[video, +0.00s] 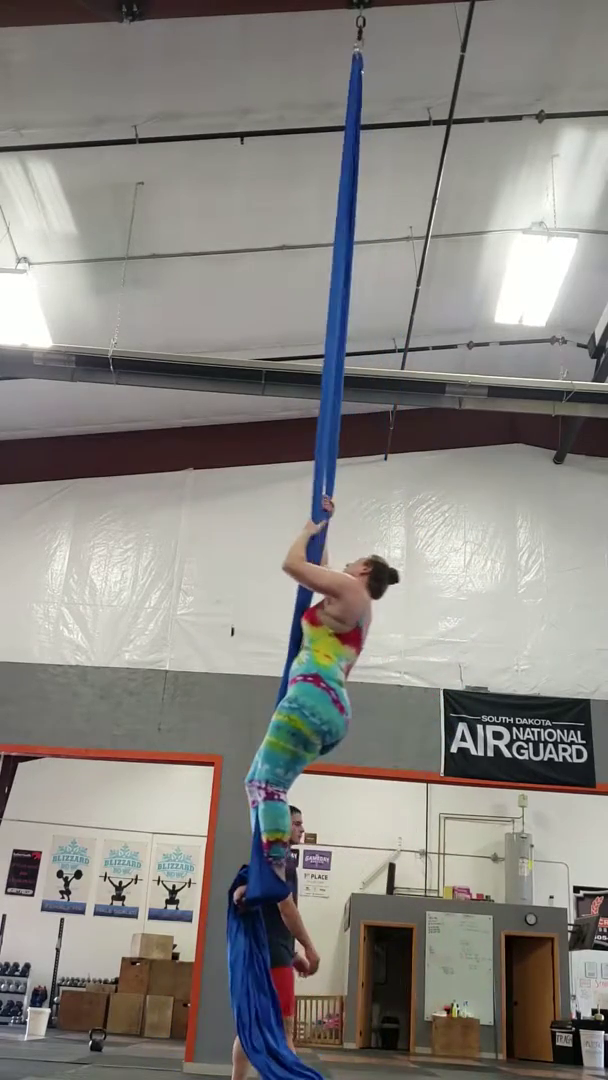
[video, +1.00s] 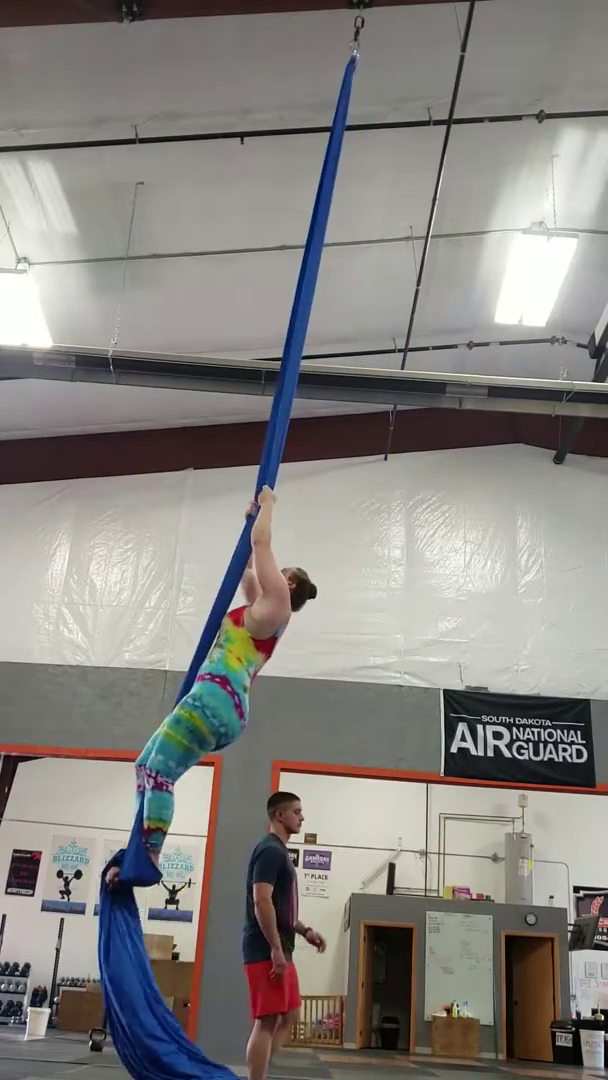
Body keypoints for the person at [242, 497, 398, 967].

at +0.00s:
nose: (350, 563)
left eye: (356, 562)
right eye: (355, 562)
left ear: (363, 570)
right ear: (371, 580)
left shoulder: (351, 590)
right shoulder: (359, 607)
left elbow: (294, 564)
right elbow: (311, 570)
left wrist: (310, 529)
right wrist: (320, 527)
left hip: (313, 696)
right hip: (334, 707)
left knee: (267, 783)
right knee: (263, 781)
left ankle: (275, 874)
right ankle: (276, 866)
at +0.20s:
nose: (321, 565)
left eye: (326, 563)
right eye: (326, 563)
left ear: (332, 572)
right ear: (342, 583)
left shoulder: (313, 585)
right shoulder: (333, 612)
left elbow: (269, 545)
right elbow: (289, 560)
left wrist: (273, 508)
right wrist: (297, 519)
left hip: (279, 696)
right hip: (302, 710)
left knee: (236, 780)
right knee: (236, 778)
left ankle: (244, 871)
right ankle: (245, 866)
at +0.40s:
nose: (307, 566)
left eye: (313, 566)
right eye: (312, 566)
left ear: (317, 578)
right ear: (322, 589)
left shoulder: (301, 591)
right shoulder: (307, 617)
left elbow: (276, 539)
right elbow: (273, 569)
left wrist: (273, 502)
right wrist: (281, 521)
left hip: (251, 693)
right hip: (272, 710)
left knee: (201, 773)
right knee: (200, 774)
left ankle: (199, 865)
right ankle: (196, 860)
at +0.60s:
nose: (294, 573)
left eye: (301, 574)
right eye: (300, 572)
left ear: (308, 585)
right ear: (313, 598)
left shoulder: (293, 601)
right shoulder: (281, 608)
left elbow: (279, 540)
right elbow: (263, 570)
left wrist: (279, 500)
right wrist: (268, 523)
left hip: (232, 696)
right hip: (244, 708)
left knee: (171, 769)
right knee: (165, 767)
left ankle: (157, 861)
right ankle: (149, 854)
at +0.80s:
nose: (287, 575)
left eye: (292, 574)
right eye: (292, 574)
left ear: (298, 586)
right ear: (301, 596)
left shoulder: (283, 606)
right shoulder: (268, 609)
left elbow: (273, 542)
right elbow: (253, 569)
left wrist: (273, 502)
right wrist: (259, 521)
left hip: (221, 696)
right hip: (225, 702)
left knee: (157, 766)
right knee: (147, 762)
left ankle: (140, 857)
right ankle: (136, 852)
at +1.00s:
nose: (275, 572)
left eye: (282, 572)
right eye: (278, 569)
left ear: (289, 583)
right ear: (290, 589)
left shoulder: (276, 604)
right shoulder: (258, 603)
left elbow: (261, 544)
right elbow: (245, 568)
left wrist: (267, 506)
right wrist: (251, 522)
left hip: (217, 696)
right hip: (221, 702)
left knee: (157, 770)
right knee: (147, 766)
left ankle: (146, 861)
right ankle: (141, 856)